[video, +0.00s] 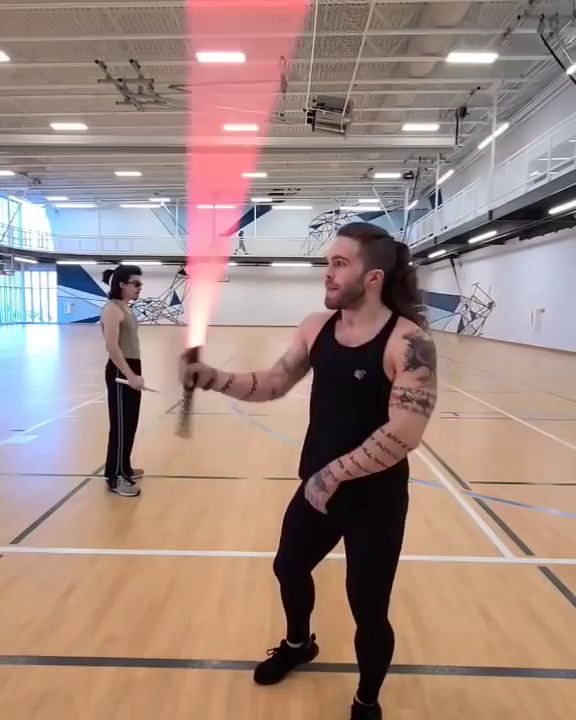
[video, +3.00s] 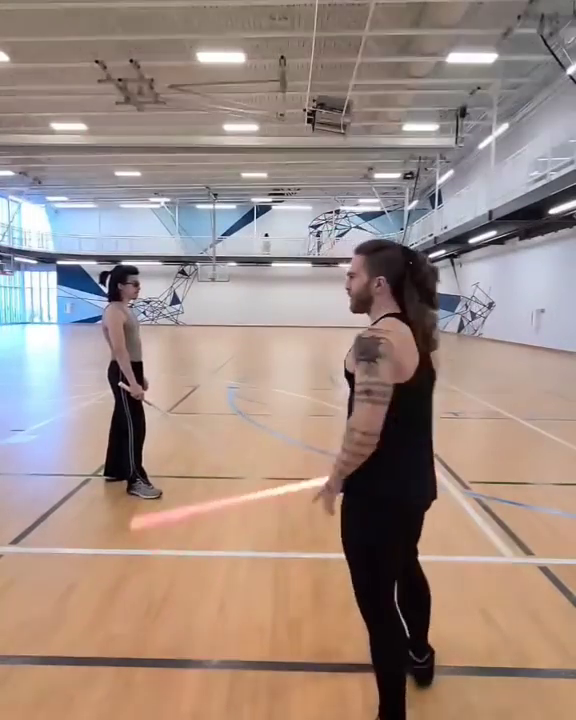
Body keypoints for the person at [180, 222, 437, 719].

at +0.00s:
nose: (327, 274)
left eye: (340, 265)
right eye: (328, 264)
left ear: (374, 277)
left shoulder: (409, 340)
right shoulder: (320, 326)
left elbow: (405, 432)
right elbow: (273, 382)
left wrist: (335, 472)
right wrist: (214, 378)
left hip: (377, 494)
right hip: (322, 483)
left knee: (368, 605)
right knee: (290, 565)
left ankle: (367, 700)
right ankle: (297, 642)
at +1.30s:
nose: (310, 279)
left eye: (322, 268)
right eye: (302, 269)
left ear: (349, 273)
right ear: (296, 275)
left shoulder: (371, 342)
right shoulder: (306, 333)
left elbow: (390, 424)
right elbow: (298, 404)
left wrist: (307, 445)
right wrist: (260, 438)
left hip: (349, 494)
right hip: (299, 486)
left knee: (351, 604)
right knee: (289, 579)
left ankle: (366, 699)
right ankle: (290, 655)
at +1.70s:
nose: (271, 284)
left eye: (284, 276)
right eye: (267, 274)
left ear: (312, 282)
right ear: (265, 276)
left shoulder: (320, 332)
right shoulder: (284, 330)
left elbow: (330, 372)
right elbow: (272, 415)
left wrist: (295, 380)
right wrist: (258, 473)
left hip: (301, 487)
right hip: (266, 482)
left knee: (316, 603)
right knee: (277, 575)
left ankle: (364, 692)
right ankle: (290, 655)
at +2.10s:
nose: (281, 282)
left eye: (293, 273)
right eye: (275, 272)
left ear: (318, 279)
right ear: (268, 276)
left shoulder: (329, 335)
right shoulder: (283, 332)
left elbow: (347, 397)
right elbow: (278, 410)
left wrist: (308, 435)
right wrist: (258, 459)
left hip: (309, 484)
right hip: (272, 478)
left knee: (306, 602)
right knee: (282, 576)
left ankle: (363, 691)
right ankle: (290, 655)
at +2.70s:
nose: (344, 287)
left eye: (358, 277)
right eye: (335, 275)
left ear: (381, 281)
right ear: (326, 276)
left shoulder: (398, 347)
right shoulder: (341, 327)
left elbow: (410, 416)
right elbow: (345, 398)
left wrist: (354, 396)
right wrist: (327, 445)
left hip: (380, 494)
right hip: (339, 479)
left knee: (376, 610)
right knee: (335, 563)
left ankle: (391, 715)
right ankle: (362, 646)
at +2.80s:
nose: (339, 279)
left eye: (352, 270)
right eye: (335, 269)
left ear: (384, 277)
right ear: (332, 270)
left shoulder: (396, 342)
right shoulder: (354, 327)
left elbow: (411, 425)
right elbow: (356, 409)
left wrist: (337, 439)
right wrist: (339, 467)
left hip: (384, 489)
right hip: (355, 480)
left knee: (376, 598)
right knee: (368, 574)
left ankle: (390, 714)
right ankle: (394, 646)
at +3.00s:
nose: (346, 283)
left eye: (352, 275)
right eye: (347, 274)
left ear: (379, 281)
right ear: (386, 282)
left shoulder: (375, 339)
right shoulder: (412, 331)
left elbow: (366, 429)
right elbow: (411, 417)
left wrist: (334, 480)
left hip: (376, 491)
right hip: (412, 484)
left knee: (377, 605)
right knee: (406, 567)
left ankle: (391, 713)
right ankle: (419, 655)